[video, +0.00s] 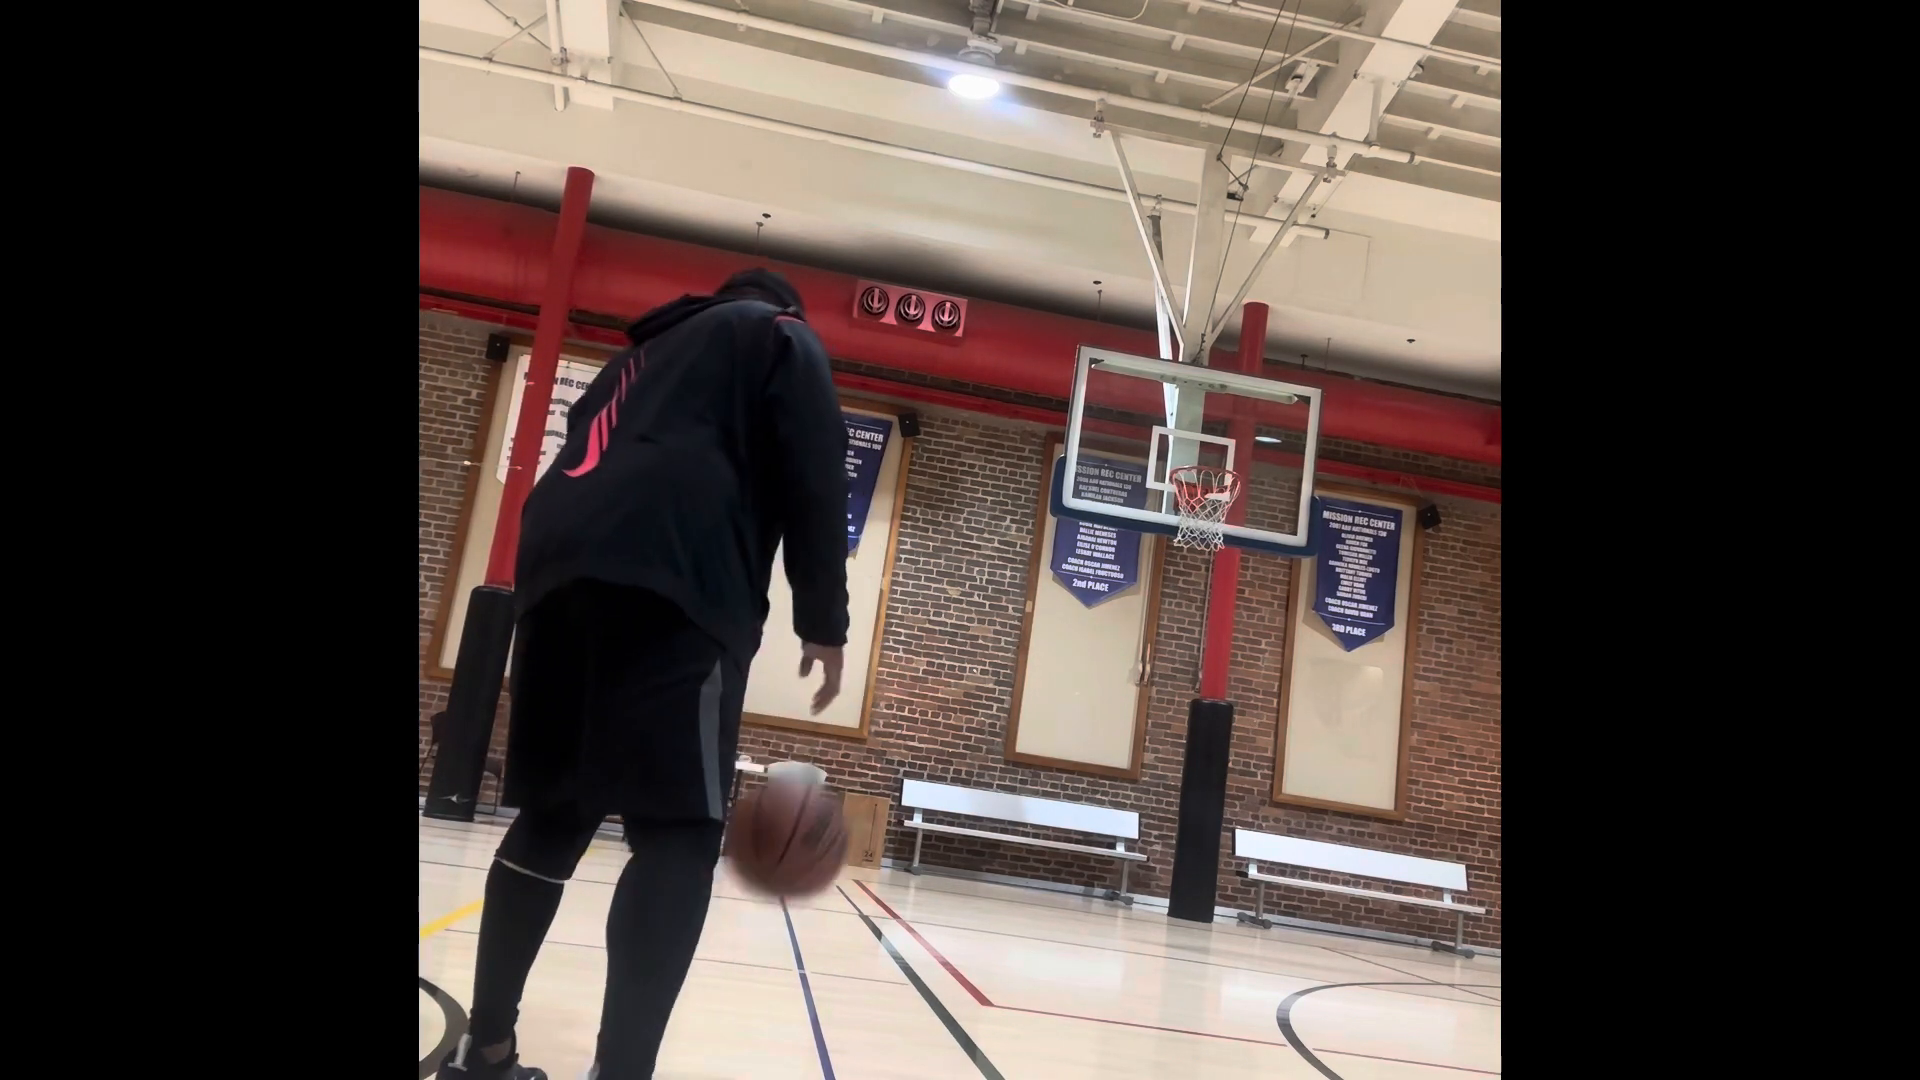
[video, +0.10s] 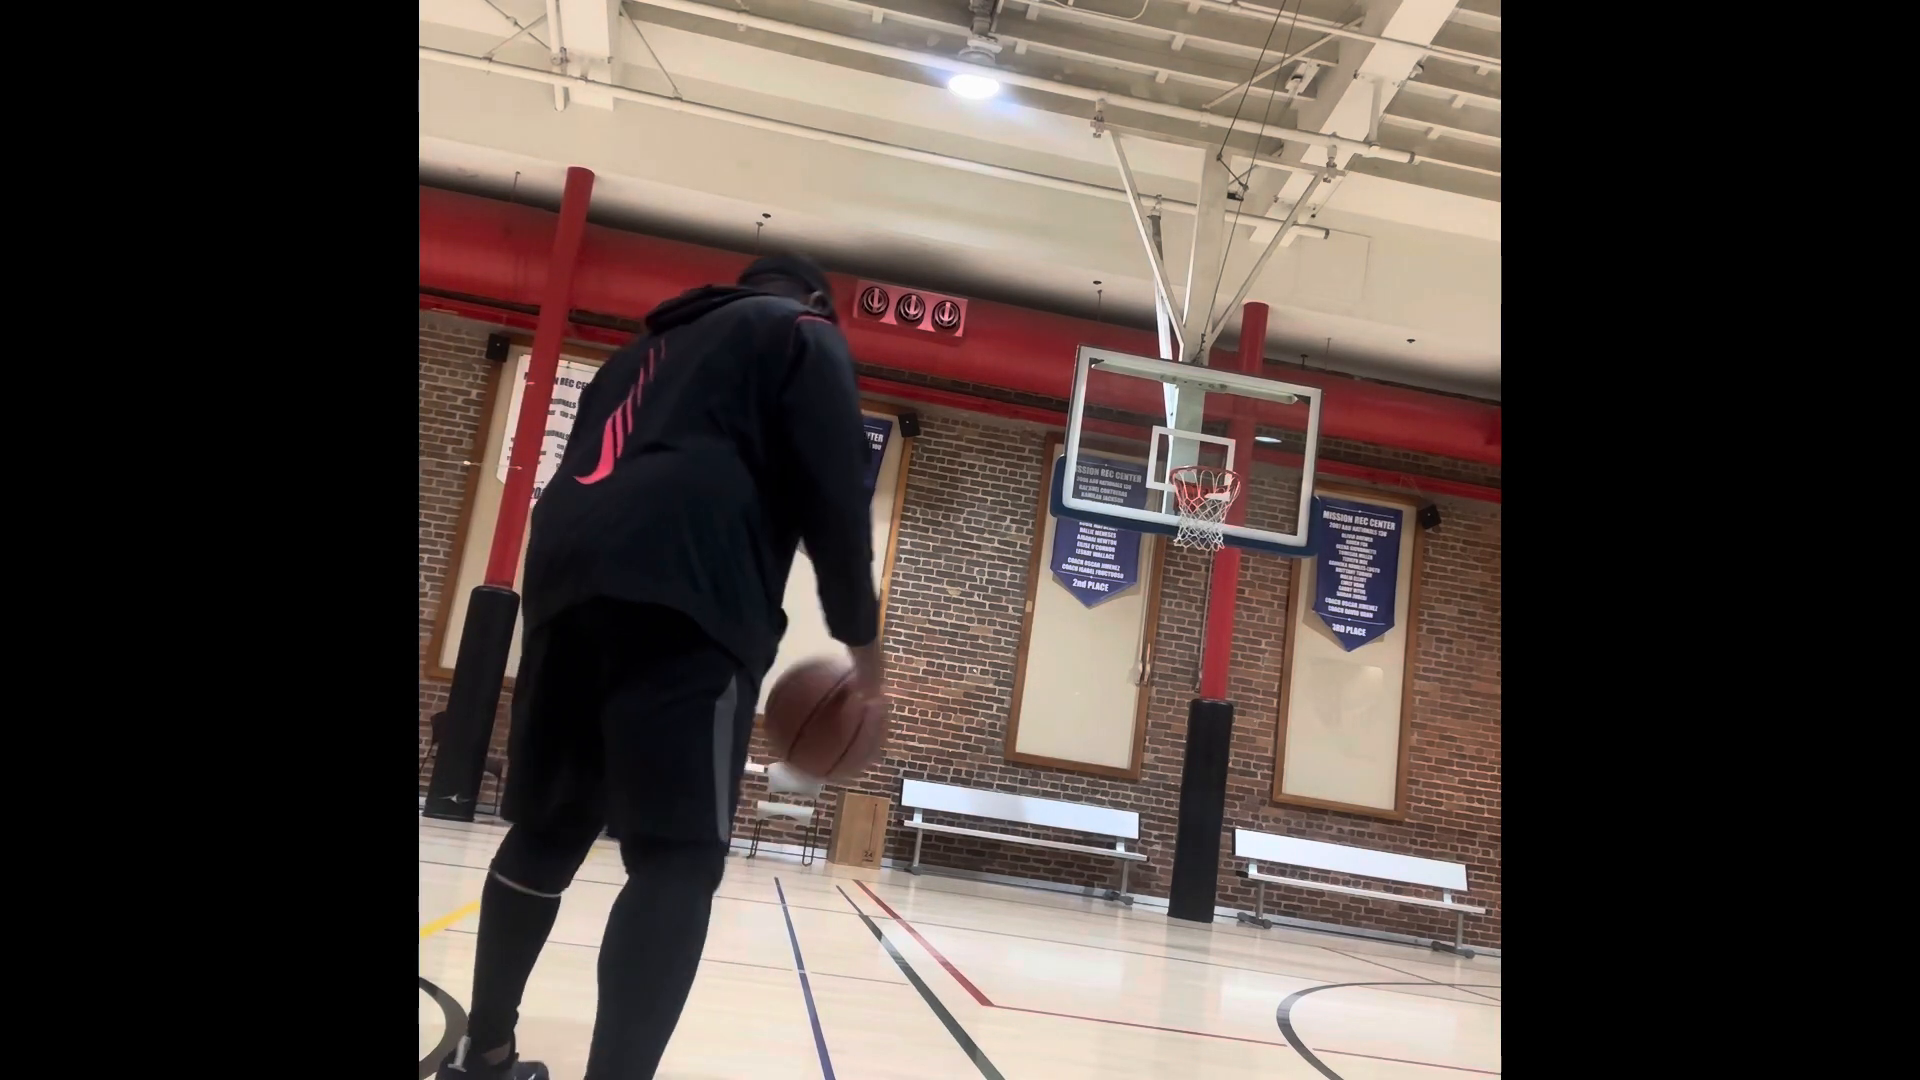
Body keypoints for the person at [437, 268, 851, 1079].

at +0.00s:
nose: (798, 334)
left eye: (795, 323)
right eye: (797, 323)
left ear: (718, 297)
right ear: (780, 309)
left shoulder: (636, 355)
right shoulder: (783, 335)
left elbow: (567, 470)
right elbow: (815, 475)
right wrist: (825, 621)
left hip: (559, 577)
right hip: (675, 586)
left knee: (555, 809)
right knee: (678, 833)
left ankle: (485, 1043)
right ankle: (622, 1067)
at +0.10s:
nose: (822, 327)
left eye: (819, 315)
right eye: (823, 315)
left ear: (743, 283)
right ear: (810, 301)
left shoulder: (640, 349)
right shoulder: (801, 332)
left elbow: (575, 482)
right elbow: (837, 489)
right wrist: (864, 648)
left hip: (564, 593)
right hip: (686, 602)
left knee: (547, 825)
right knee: (676, 860)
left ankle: (484, 1046)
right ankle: (618, 1068)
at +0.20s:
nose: (861, 320)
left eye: (864, 310)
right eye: (863, 308)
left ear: (774, 268)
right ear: (846, 288)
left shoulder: (666, 333)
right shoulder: (831, 319)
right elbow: (867, 474)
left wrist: (788, 618)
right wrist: (904, 618)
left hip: (566, 575)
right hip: (692, 588)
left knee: (531, 827)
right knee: (689, 866)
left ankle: (473, 1048)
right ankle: (618, 1070)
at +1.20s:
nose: (767, 265)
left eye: (767, 254)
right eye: (765, 252)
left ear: (661, 227)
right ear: (749, 242)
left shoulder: (562, 284)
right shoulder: (760, 294)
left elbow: (498, 417)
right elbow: (793, 448)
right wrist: (741, 599)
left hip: (462, 538)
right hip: (619, 554)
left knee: (441, 821)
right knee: (607, 845)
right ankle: (585, 1069)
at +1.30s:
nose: (726, 268)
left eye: (722, 258)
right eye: (727, 256)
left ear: (621, 230)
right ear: (711, 249)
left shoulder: (522, 294)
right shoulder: (736, 309)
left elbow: (469, 424)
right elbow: (774, 471)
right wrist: (693, 591)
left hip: (454, 553)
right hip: (615, 568)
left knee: (438, 820)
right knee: (605, 847)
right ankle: (586, 1069)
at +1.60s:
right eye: (647, 268)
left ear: (555, 253)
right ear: (642, 270)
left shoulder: (466, 316)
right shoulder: (681, 348)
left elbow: (424, 432)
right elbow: (712, 518)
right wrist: (637, 544)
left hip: (445, 585)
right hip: (598, 601)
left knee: (435, 816)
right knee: (603, 813)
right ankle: (605, 1038)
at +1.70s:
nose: (636, 287)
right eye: (636, 276)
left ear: (545, 265)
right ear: (631, 277)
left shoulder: (466, 325)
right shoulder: (674, 365)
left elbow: (447, 408)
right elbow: (717, 522)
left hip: (446, 603)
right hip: (596, 618)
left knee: (439, 828)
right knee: (588, 822)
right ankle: (599, 1052)